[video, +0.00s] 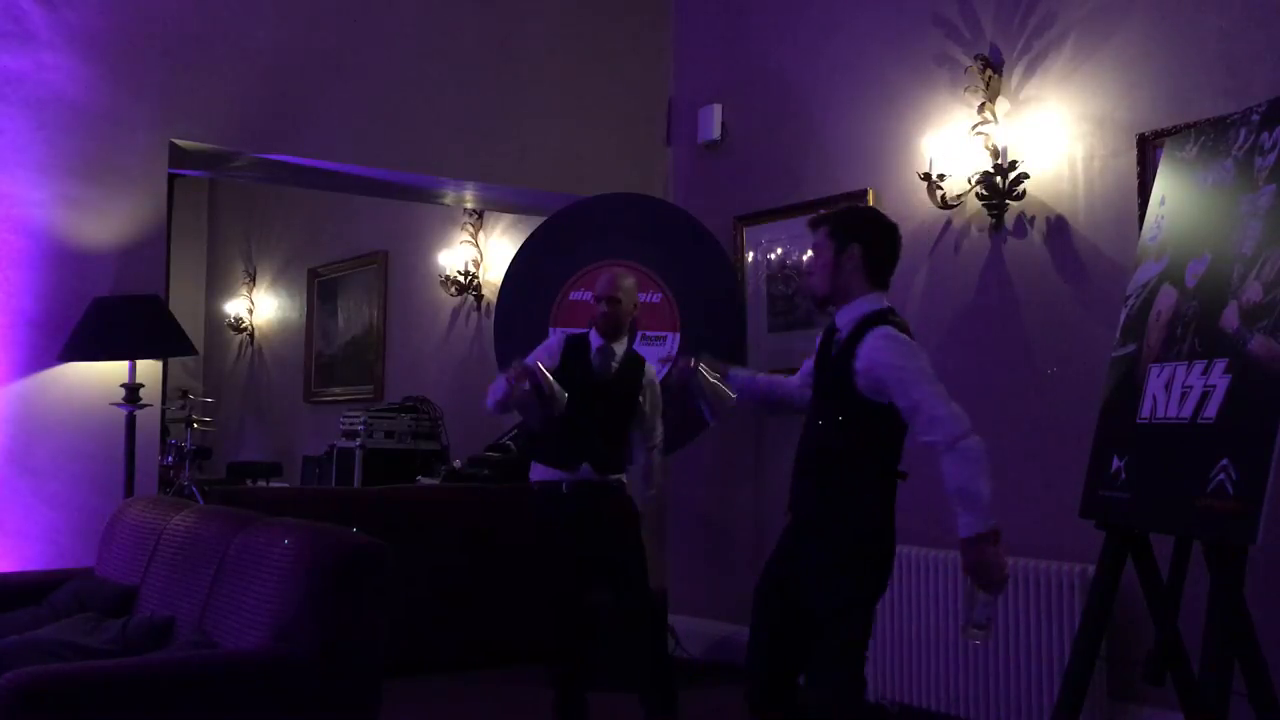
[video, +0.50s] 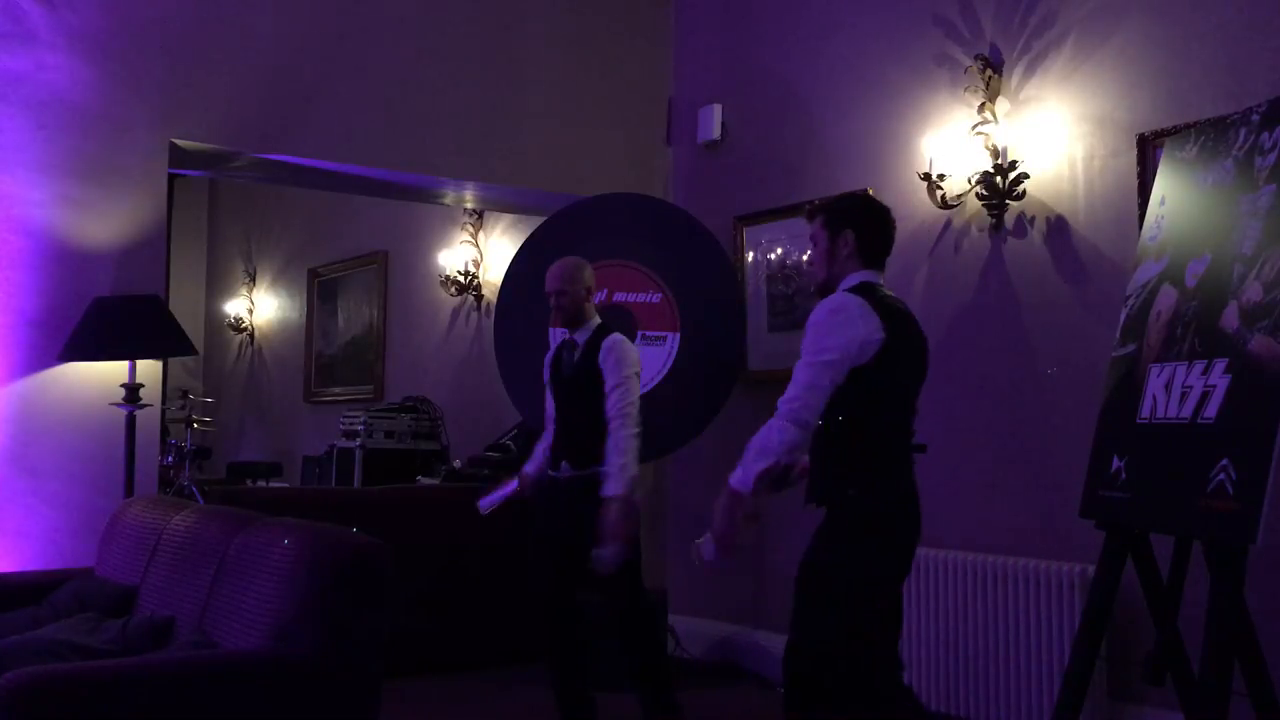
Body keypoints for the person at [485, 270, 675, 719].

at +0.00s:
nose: (603, 309)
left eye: (613, 302)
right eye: (599, 300)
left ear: (634, 309)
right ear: (590, 304)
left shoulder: (644, 373)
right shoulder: (559, 347)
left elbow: (651, 446)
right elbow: (495, 403)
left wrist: (649, 504)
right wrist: (514, 380)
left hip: (611, 497)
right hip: (553, 492)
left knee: (632, 600)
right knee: (561, 604)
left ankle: (650, 702)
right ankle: (567, 700)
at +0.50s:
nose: (555, 304)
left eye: (563, 295)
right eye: (550, 296)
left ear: (589, 293)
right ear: (549, 297)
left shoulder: (616, 348)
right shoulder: (556, 353)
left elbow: (624, 427)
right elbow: (553, 429)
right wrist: (523, 480)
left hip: (604, 490)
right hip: (562, 491)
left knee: (620, 599)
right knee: (563, 600)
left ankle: (653, 700)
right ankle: (574, 701)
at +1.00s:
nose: (597, 289)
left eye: (607, 281)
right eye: (597, 280)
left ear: (631, 290)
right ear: (597, 285)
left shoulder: (650, 349)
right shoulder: (588, 341)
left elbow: (602, 400)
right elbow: (537, 385)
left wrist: (558, 338)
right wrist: (515, 329)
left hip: (624, 491)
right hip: (578, 487)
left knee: (629, 602)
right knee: (571, 602)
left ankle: (659, 705)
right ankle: (575, 702)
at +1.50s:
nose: (612, 308)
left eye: (622, 300)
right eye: (609, 300)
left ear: (648, 299)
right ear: (608, 299)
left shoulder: (681, 354)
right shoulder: (599, 349)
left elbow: (724, 417)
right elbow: (557, 408)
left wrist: (730, 480)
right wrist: (514, 468)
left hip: (656, 496)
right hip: (600, 493)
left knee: (657, 605)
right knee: (585, 602)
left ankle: (669, 707)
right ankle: (577, 705)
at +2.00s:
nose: (610, 297)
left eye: (616, 289)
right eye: (610, 289)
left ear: (635, 293)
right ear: (649, 290)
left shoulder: (679, 356)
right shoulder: (619, 336)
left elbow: (716, 421)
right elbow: (620, 380)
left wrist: (681, 447)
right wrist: (571, 378)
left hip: (653, 492)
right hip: (613, 486)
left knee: (651, 599)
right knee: (594, 593)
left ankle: (668, 703)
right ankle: (586, 699)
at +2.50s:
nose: (589, 318)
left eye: (595, 309)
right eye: (585, 310)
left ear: (620, 302)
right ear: (588, 306)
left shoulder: (666, 350)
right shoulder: (598, 351)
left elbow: (725, 409)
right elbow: (602, 409)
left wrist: (734, 478)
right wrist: (574, 458)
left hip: (659, 492)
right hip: (613, 489)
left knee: (657, 601)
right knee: (597, 598)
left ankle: (672, 704)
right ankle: (589, 702)